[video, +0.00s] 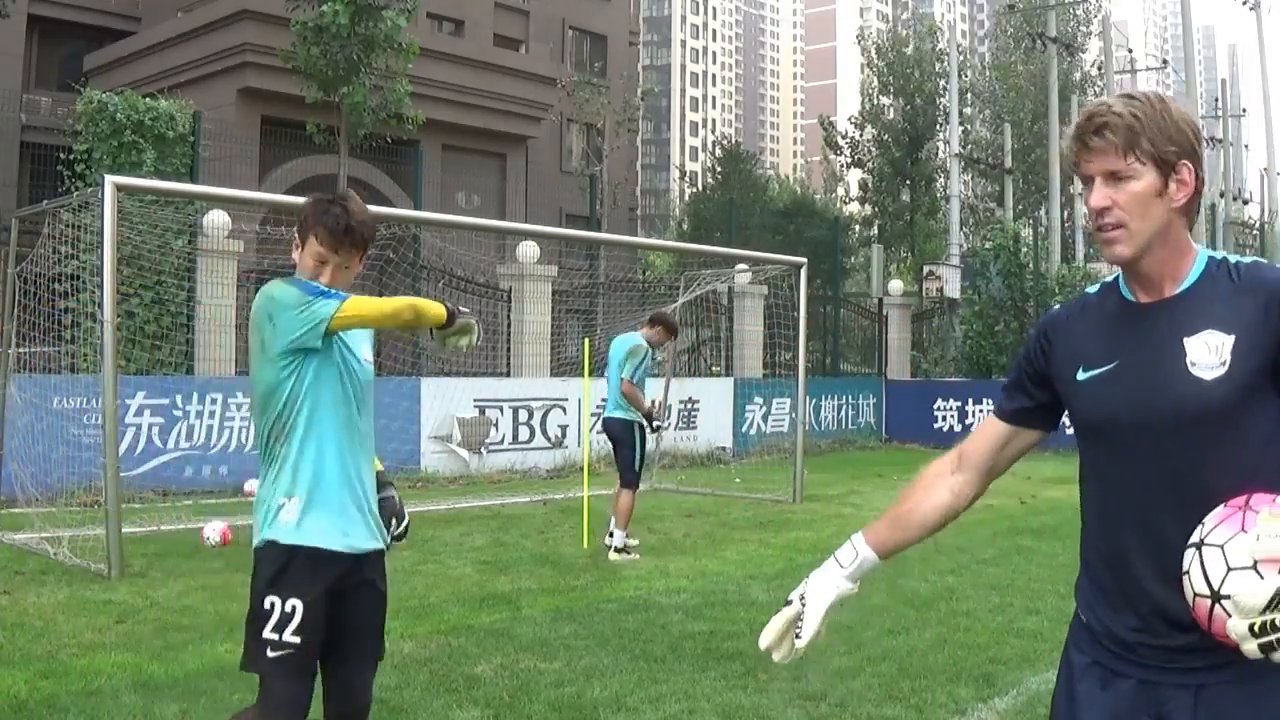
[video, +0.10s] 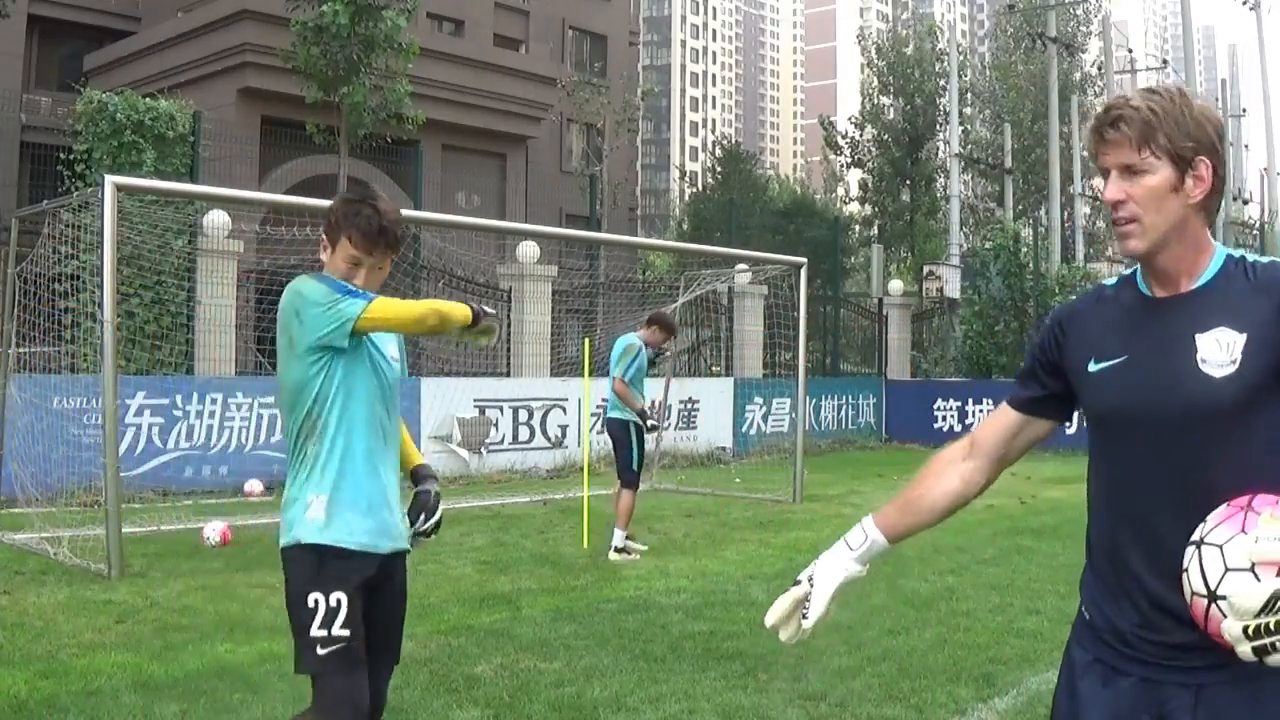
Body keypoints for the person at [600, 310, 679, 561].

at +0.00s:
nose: (664, 344)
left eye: (667, 340)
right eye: (665, 338)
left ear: (649, 326)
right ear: (656, 328)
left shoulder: (621, 340)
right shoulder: (641, 348)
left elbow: (617, 384)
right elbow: (626, 387)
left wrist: (645, 407)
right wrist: (647, 412)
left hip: (612, 418)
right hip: (627, 420)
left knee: (625, 480)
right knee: (630, 484)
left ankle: (614, 530)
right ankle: (618, 545)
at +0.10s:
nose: (662, 345)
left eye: (665, 341)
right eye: (664, 339)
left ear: (650, 328)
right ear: (653, 329)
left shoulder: (627, 342)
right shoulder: (636, 347)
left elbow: (626, 376)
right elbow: (619, 385)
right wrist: (642, 412)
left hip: (619, 418)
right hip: (625, 420)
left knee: (625, 482)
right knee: (630, 484)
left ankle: (622, 535)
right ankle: (618, 545)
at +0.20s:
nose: (660, 341)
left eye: (662, 337)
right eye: (660, 335)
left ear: (651, 331)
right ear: (647, 328)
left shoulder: (641, 351)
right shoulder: (628, 346)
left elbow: (660, 375)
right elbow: (607, 384)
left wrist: (665, 349)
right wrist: (633, 409)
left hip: (630, 421)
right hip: (621, 421)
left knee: (633, 483)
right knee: (633, 484)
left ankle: (623, 537)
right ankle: (618, 544)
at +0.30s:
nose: (658, 336)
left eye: (660, 332)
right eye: (657, 331)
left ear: (652, 330)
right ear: (643, 325)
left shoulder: (647, 350)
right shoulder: (624, 346)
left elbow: (670, 368)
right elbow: (602, 383)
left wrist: (669, 343)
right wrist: (625, 408)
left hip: (635, 420)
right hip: (618, 420)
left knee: (637, 481)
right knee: (636, 481)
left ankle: (622, 536)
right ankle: (618, 540)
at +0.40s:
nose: (655, 332)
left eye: (656, 328)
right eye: (652, 327)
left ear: (653, 328)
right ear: (639, 323)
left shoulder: (652, 348)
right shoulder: (618, 345)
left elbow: (679, 358)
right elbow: (596, 381)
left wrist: (670, 334)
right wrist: (615, 405)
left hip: (641, 421)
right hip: (619, 419)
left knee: (638, 481)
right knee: (636, 480)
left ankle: (622, 535)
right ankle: (616, 538)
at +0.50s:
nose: (653, 328)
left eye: (654, 324)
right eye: (649, 324)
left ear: (652, 326)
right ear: (635, 323)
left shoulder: (653, 346)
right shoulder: (615, 347)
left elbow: (681, 353)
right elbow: (594, 381)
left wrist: (669, 327)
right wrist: (610, 406)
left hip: (643, 421)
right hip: (620, 419)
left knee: (637, 480)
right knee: (633, 476)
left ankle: (623, 533)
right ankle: (622, 537)